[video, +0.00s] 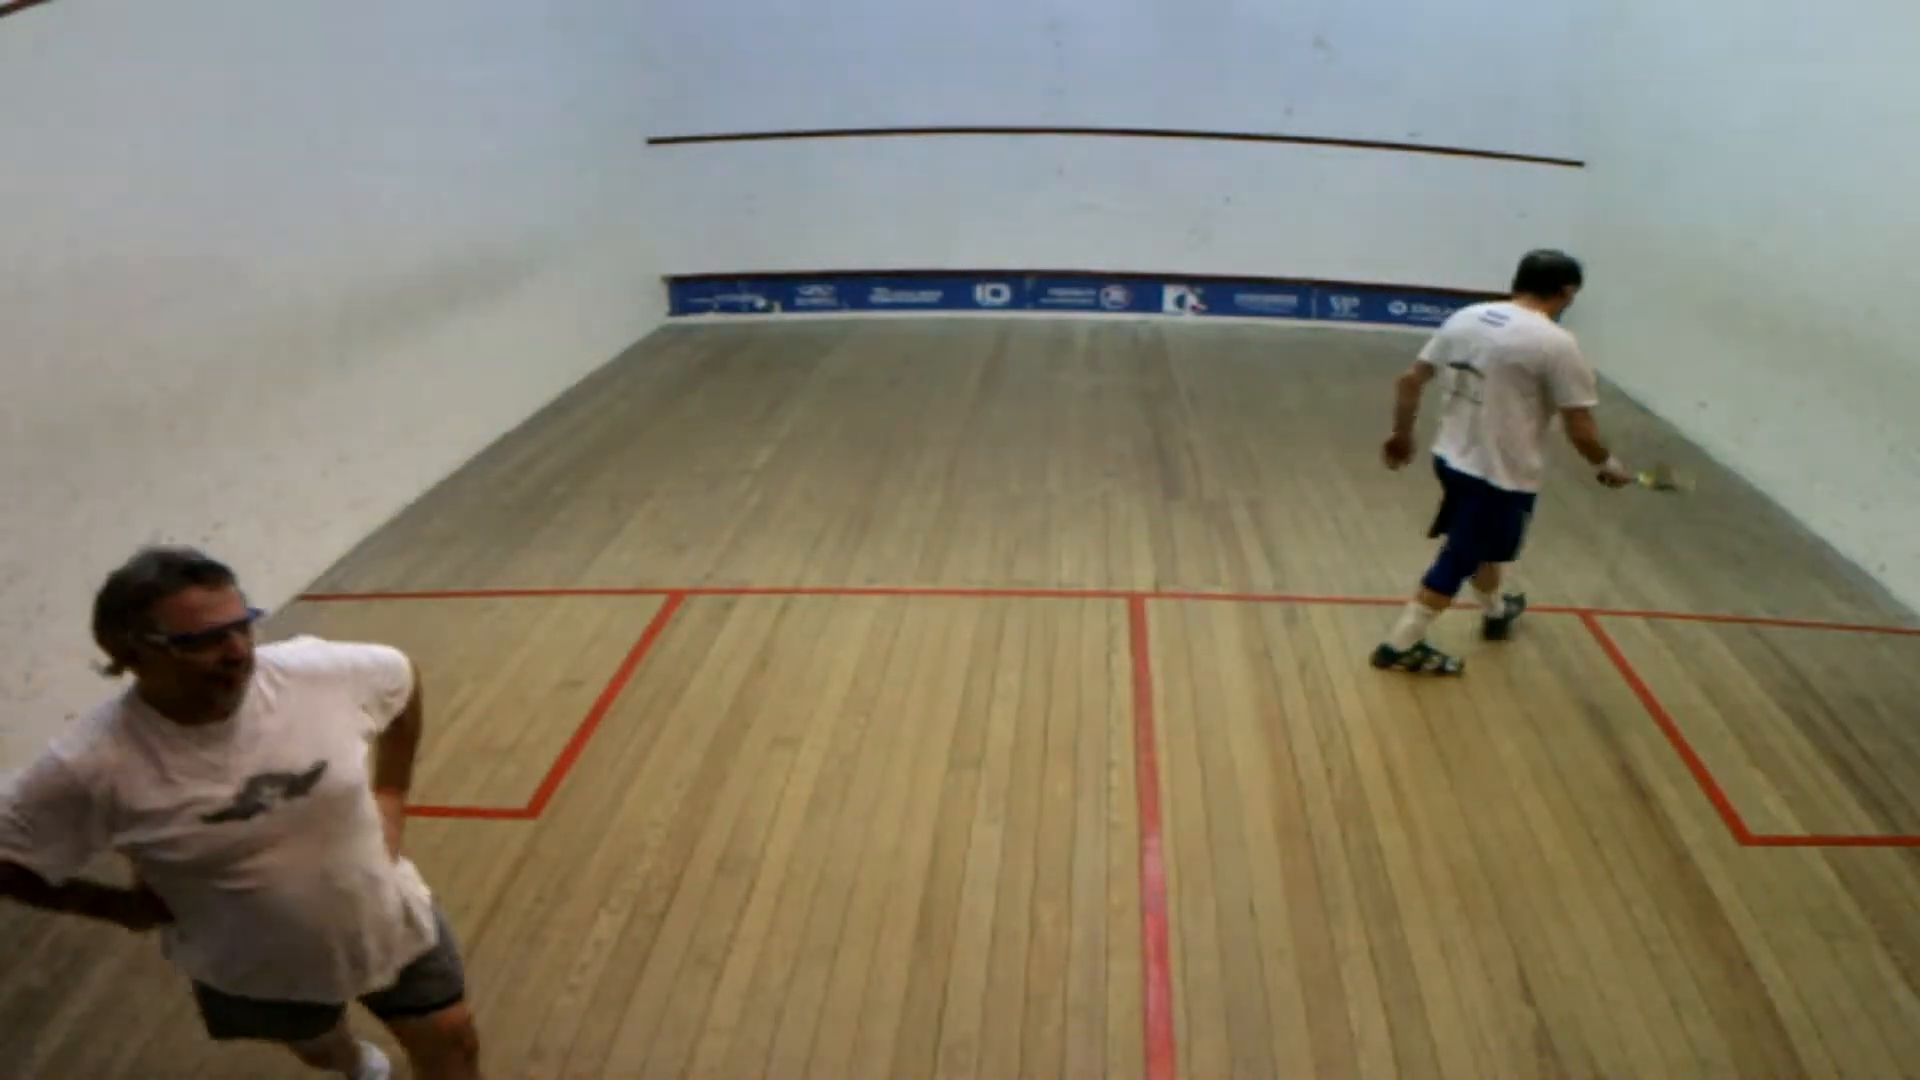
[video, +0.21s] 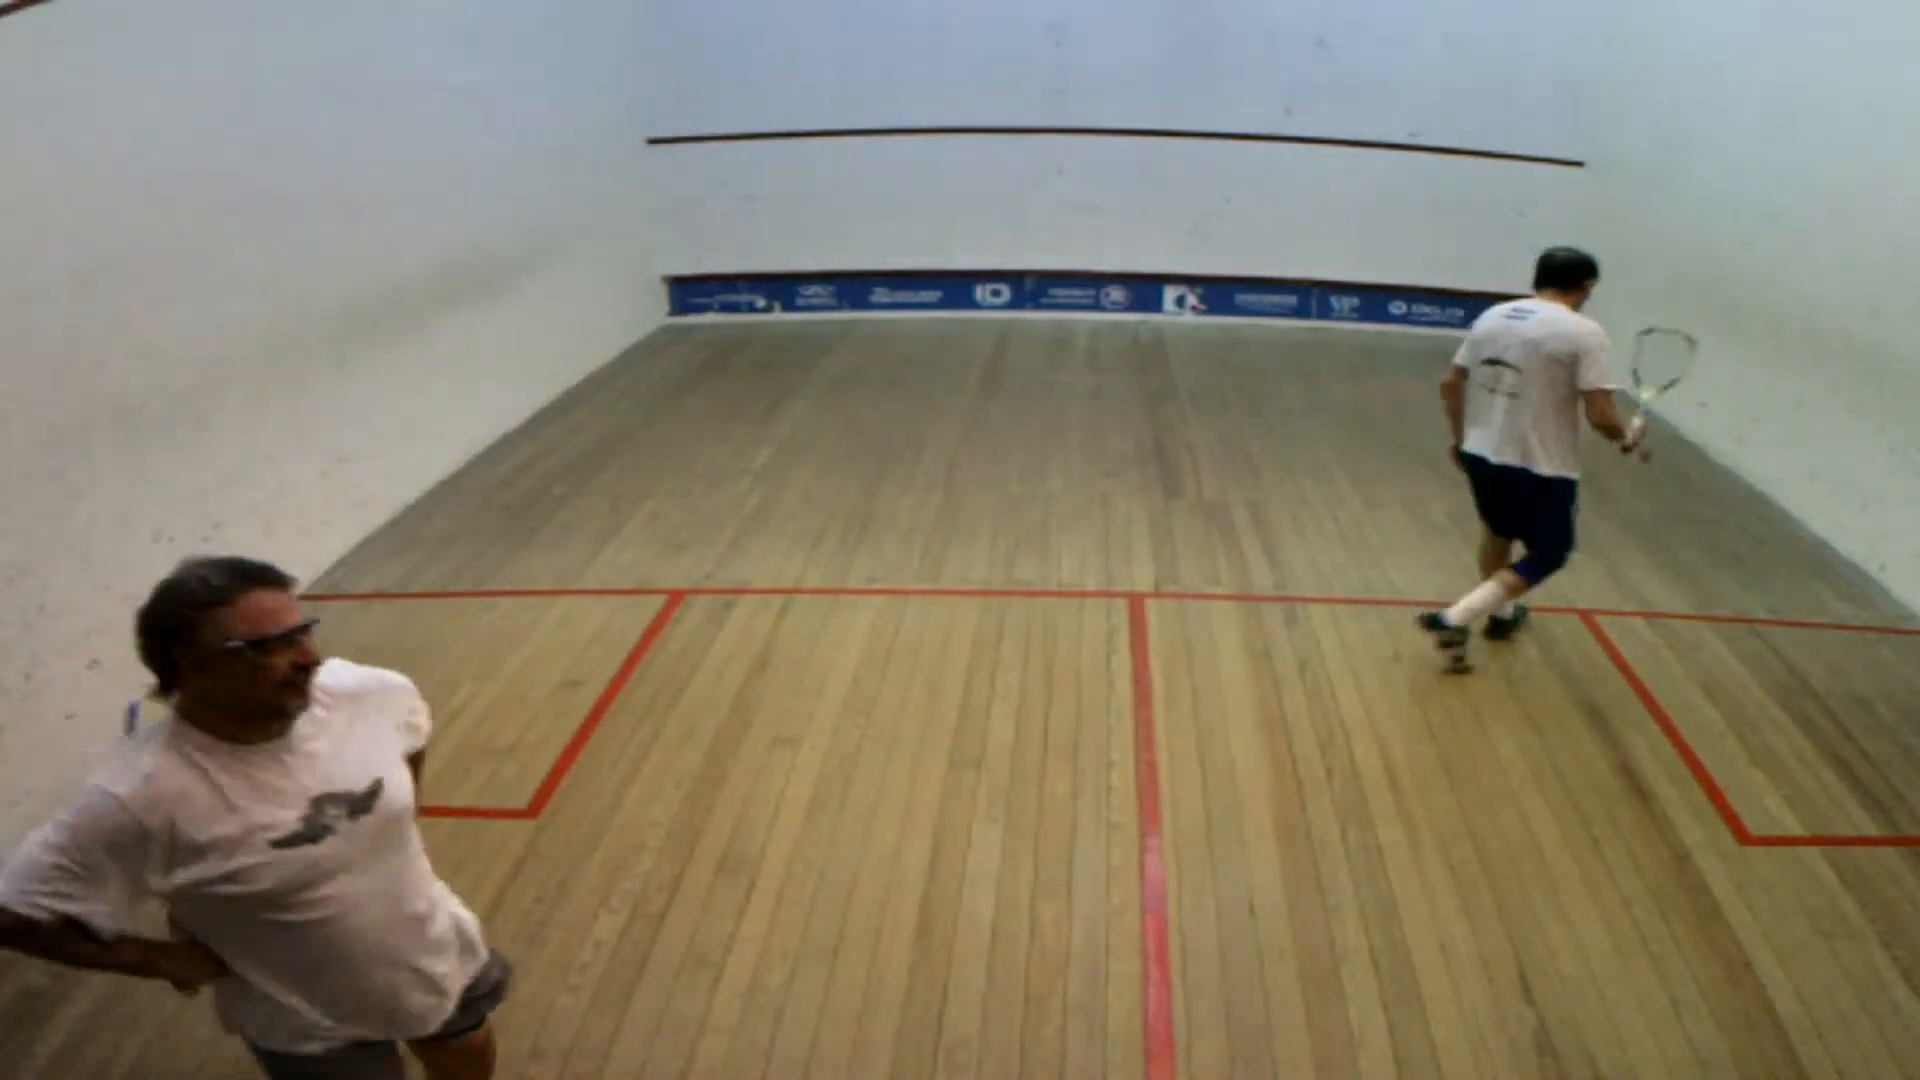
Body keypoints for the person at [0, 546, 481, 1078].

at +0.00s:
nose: (238, 653)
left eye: (243, 628)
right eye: (208, 642)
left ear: (253, 617)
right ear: (134, 654)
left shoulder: (314, 673)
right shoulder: (91, 766)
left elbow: (400, 679)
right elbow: (5, 860)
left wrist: (390, 804)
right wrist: (117, 906)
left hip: (382, 915)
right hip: (264, 973)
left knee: (453, 1040)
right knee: (321, 1044)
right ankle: (367, 1070)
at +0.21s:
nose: (304, 659)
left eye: (304, 634)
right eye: (270, 648)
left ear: (314, 626)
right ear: (192, 670)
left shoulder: (368, 695)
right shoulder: (139, 797)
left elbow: (415, 729)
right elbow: (19, 913)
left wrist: (392, 827)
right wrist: (163, 960)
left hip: (432, 962)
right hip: (314, 1026)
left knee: (472, 1055)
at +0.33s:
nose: (342, 655)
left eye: (331, 633)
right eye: (313, 646)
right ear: (239, 677)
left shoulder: (346, 701)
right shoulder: (171, 816)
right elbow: (41, 959)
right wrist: (205, 992)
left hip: (453, 974)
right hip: (365, 1054)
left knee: (469, 1060)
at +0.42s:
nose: (361, 665)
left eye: (347, 645)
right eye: (333, 655)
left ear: (269, 692)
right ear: (266, 693)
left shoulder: (328, 730)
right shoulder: (205, 838)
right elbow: (97, 1005)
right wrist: (250, 1025)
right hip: (394, 1064)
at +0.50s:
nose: (375, 674)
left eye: (360, 656)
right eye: (348, 664)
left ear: (286, 705)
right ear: (283, 704)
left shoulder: (327, 747)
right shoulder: (234, 857)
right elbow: (153, 1036)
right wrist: (292, 1048)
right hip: (416, 1068)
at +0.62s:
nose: (399, 704)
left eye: (385, 686)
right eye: (376, 693)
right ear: (320, 736)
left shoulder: (221, 796)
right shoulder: (325, 906)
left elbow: (168, 804)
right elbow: (334, 1064)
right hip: (434, 1069)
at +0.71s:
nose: (406, 717)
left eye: (393, 701)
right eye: (385, 708)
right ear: (335, 756)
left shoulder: (208, 806)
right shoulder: (376, 918)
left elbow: (121, 849)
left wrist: (210, 937)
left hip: (269, 1061)